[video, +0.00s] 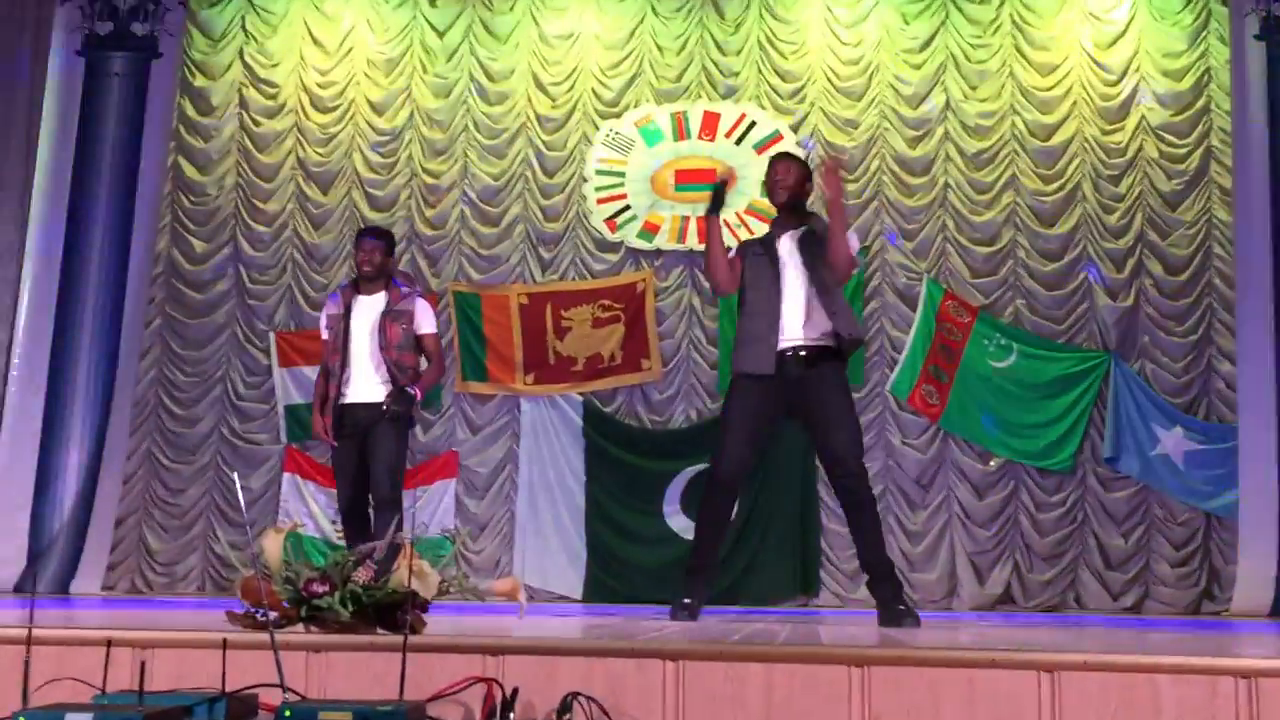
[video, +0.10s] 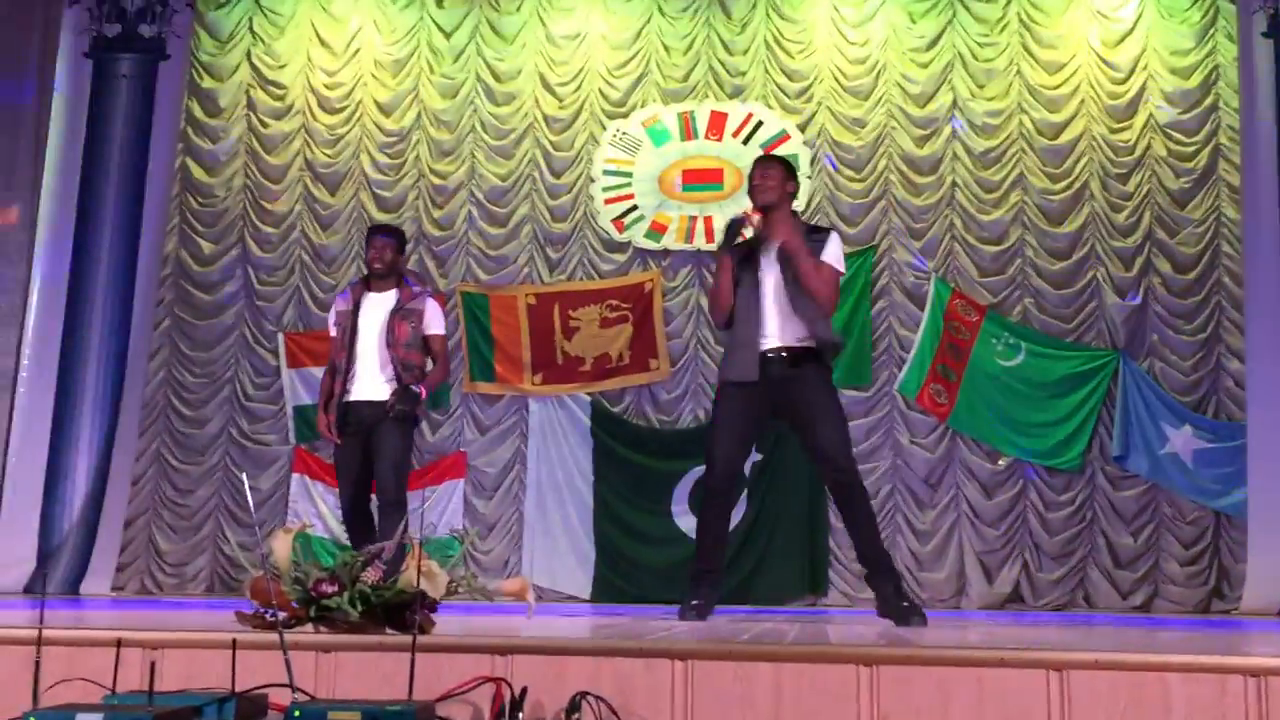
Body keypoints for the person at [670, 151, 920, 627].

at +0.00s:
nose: (782, 180)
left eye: (791, 174)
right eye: (776, 174)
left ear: (807, 185)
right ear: (765, 184)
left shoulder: (827, 235)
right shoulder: (749, 241)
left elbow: (841, 269)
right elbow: (723, 283)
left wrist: (837, 200)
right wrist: (711, 213)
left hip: (821, 371)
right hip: (759, 373)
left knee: (851, 480)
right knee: (725, 478)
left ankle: (890, 598)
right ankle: (693, 592)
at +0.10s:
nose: (759, 186)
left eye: (769, 179)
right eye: (755, 179)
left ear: (790, 187)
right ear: (749, 189)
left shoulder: (822, 239)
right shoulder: (737, 248)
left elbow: (827, 298)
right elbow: (721, 315)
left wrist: (790, 244)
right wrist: (728, 250)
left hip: (805, 372)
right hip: (745, 375)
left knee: (843, 477)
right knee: (719, 478)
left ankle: (889, 593)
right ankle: (701, 592)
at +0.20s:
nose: (742, 165)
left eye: (753, 157)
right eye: (739, 158)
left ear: (778, 167)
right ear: (737, 169)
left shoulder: (819, 223)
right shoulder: (725, 242)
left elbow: (830, 305)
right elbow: (723, 322)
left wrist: (775, 314)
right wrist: (738, 309)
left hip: (805, 369)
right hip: (744, 372)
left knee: (839, 478)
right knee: (725, 487)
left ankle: (868, 604)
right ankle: (710, 615)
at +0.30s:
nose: (713, 167)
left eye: (722, 158)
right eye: (712, 159)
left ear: (753, 164)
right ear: (721, 169)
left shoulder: (798, 219)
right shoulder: (709, 238)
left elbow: (812, 303)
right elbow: (701, 324)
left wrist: (779, 359)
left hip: (786, 367)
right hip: (727, 372)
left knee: (809, 472)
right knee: (712, 487)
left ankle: (814, 595)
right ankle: (701, 613)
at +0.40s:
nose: (697, 184)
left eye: (706, 175)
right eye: (698, 176)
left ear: (738, 178)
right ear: (720, 182)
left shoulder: (784, 230)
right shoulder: (701, 247)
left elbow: (798, 315)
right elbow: (686, 332)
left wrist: (760, 372)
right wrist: (680, 405)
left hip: (767, 379)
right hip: (708, 383)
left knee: (781, 478)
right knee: (697, 501)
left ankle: (793, 579)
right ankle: (693, 622)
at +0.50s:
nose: (692, 196)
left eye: (700, 187)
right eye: (693, 188)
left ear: (732, 191)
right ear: (715, 194)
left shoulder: (780, 240)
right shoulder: (699, 256)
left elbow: (791, 325)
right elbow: (683, 337)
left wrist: (751, 386)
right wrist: (675, 403)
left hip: (757, 388)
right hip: (700, 390)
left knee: (769, 493)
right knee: (689, 510)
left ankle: (788, 583)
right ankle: (686, 627)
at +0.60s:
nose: (701, 206)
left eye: (709, 195)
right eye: (700, 197)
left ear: (740, 197)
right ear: (717, 201)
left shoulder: (787, 250)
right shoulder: (704, 263)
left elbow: (801, 336)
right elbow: (692, 341)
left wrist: (764, 400)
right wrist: (680, 406)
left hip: (764, 396)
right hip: (707, 395)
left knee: (772, 503)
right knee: (689, 507)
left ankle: (789, 605)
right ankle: (688, 625)